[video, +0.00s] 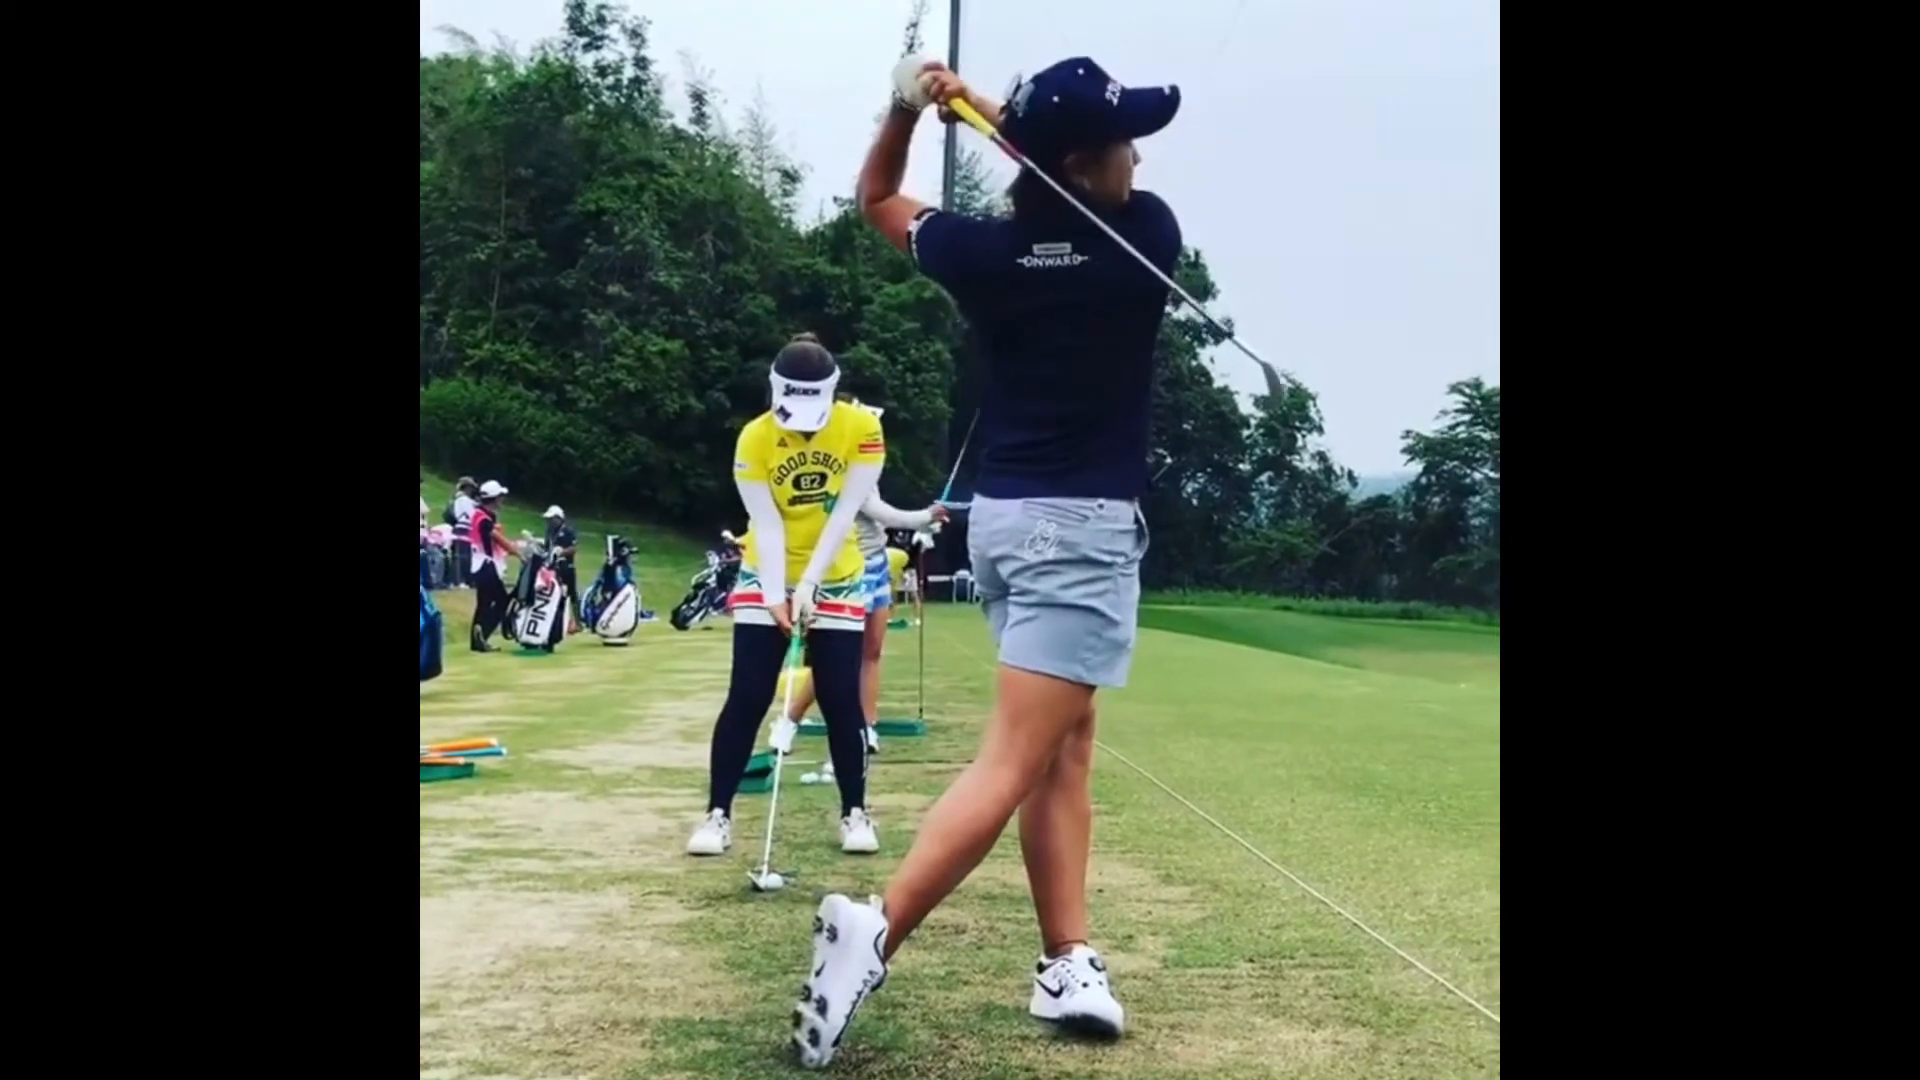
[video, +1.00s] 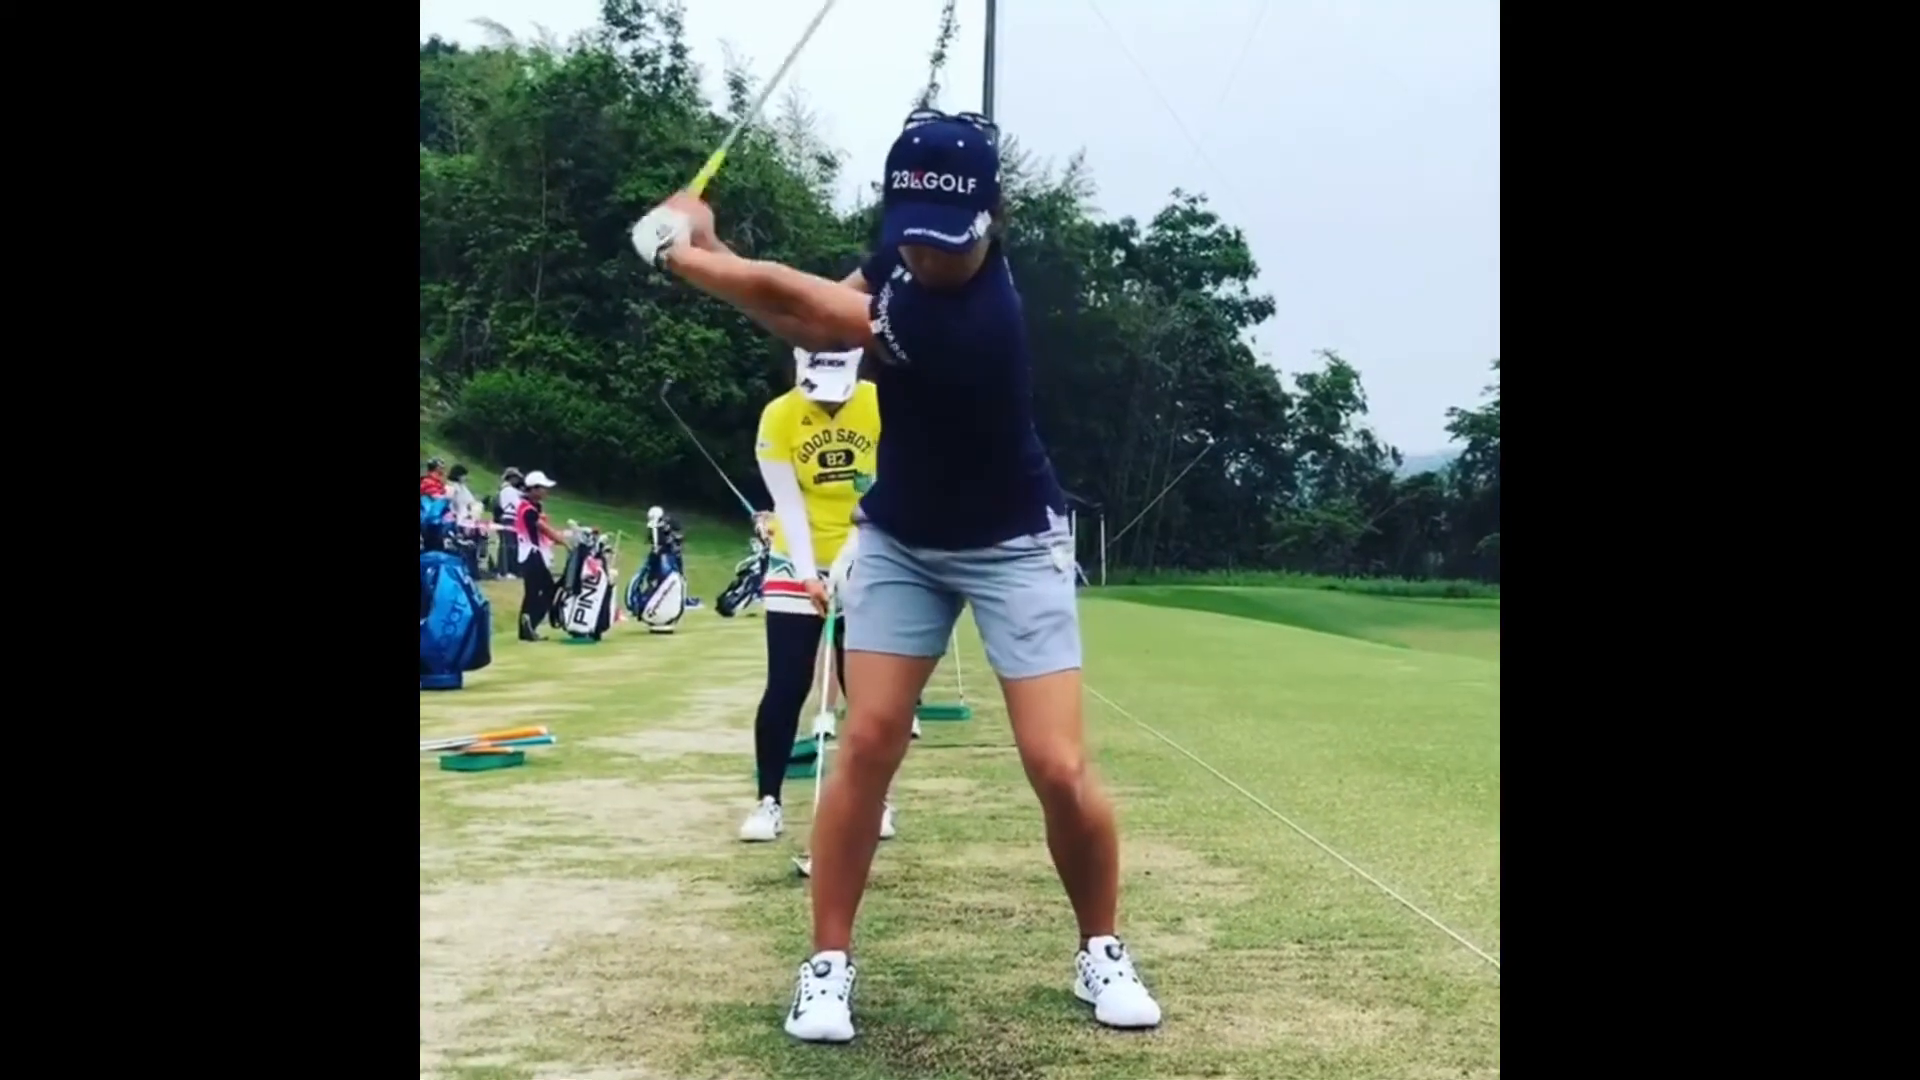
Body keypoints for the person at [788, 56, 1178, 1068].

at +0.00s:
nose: (1137, 150)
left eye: (1130, 136)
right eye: (1124, 143)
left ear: (1035, 162)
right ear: (1092, 162)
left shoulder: (981, 248)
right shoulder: (1149, 232)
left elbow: (880, 198)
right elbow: (1070, 185)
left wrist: (904, 107)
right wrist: (991, 117)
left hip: (993, 516)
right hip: (1085, 520)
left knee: (1066, 746)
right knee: (1012, 762)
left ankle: (1068, 962)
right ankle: (874, 931)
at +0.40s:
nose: (1132, 151)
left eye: (1125, 136)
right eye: (1120, 141)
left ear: (1033, 163)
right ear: (1086, 161)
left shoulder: (977, 252)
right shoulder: (1141, 236)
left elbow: (879, 199)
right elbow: (1063, 187)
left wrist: (917, 105)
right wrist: (992, 118)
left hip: (992, 523)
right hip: (1079, 527)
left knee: (1062, 751)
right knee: (1003, 770)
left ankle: (1062, 967)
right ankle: (868, 937)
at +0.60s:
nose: (938, 243)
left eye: (955, 223)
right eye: (920, 225)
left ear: (985, 199)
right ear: (890, 204)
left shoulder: (1036, 287)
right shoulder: (849, 293)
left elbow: (984, 450)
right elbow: (872, 454)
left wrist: (945, 591)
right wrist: (889, 597)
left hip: (1014, 529)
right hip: (888, 532)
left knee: (1066, 741)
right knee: (857, 744)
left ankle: (1100, 942)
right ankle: (824, 954)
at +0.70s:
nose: (940, 250)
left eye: (957, 231)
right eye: (923, 232)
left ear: (987, 206)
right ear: (892, 207)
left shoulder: (1020, 306)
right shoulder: (848, 283)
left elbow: (927, 470)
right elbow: (833, 437)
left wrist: (845, 591)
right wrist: (801, 572)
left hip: (1015, 536)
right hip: (893, 539)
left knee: (1067, 746)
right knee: (862, 739)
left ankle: (1101, 945)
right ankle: (825, 957)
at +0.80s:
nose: (945, 254)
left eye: (962, 235)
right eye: (928, 235)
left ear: (992, 214)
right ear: (899, 210)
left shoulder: (1005, 322)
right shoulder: (867, 265)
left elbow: (848, 440)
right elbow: (799, 391)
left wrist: (737, 526)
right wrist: (706, 496)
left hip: (1017, 539)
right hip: (893, 539)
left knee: (1068, 753)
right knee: (865, 738)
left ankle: (1103, 946)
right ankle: (828, 958)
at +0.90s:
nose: (938, 254)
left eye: (958, 236)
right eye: (922, 234)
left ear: (993, 216)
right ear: (897, 210)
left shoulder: (988, 320)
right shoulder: (888, 255)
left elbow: (809, 370)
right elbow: (800, 340)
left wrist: (663, 387)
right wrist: (669, 360)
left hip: (1018, 544)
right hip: (897, 542)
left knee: (1065, 760)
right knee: (867, 734)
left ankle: (1103, 946)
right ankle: (828, 958)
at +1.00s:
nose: (933, 253)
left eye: (954, 233)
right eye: (917, 232)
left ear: (990, 217)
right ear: (894, 211)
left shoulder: (977, 314)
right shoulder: (894, 264)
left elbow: (803, 313)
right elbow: (809, 307)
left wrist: (690, 256)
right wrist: (709, 249)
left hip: (1016, 549)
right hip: (895, 542)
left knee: (1061, 769)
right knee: (871, 736)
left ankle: (1102, 950)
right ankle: (829, 960)